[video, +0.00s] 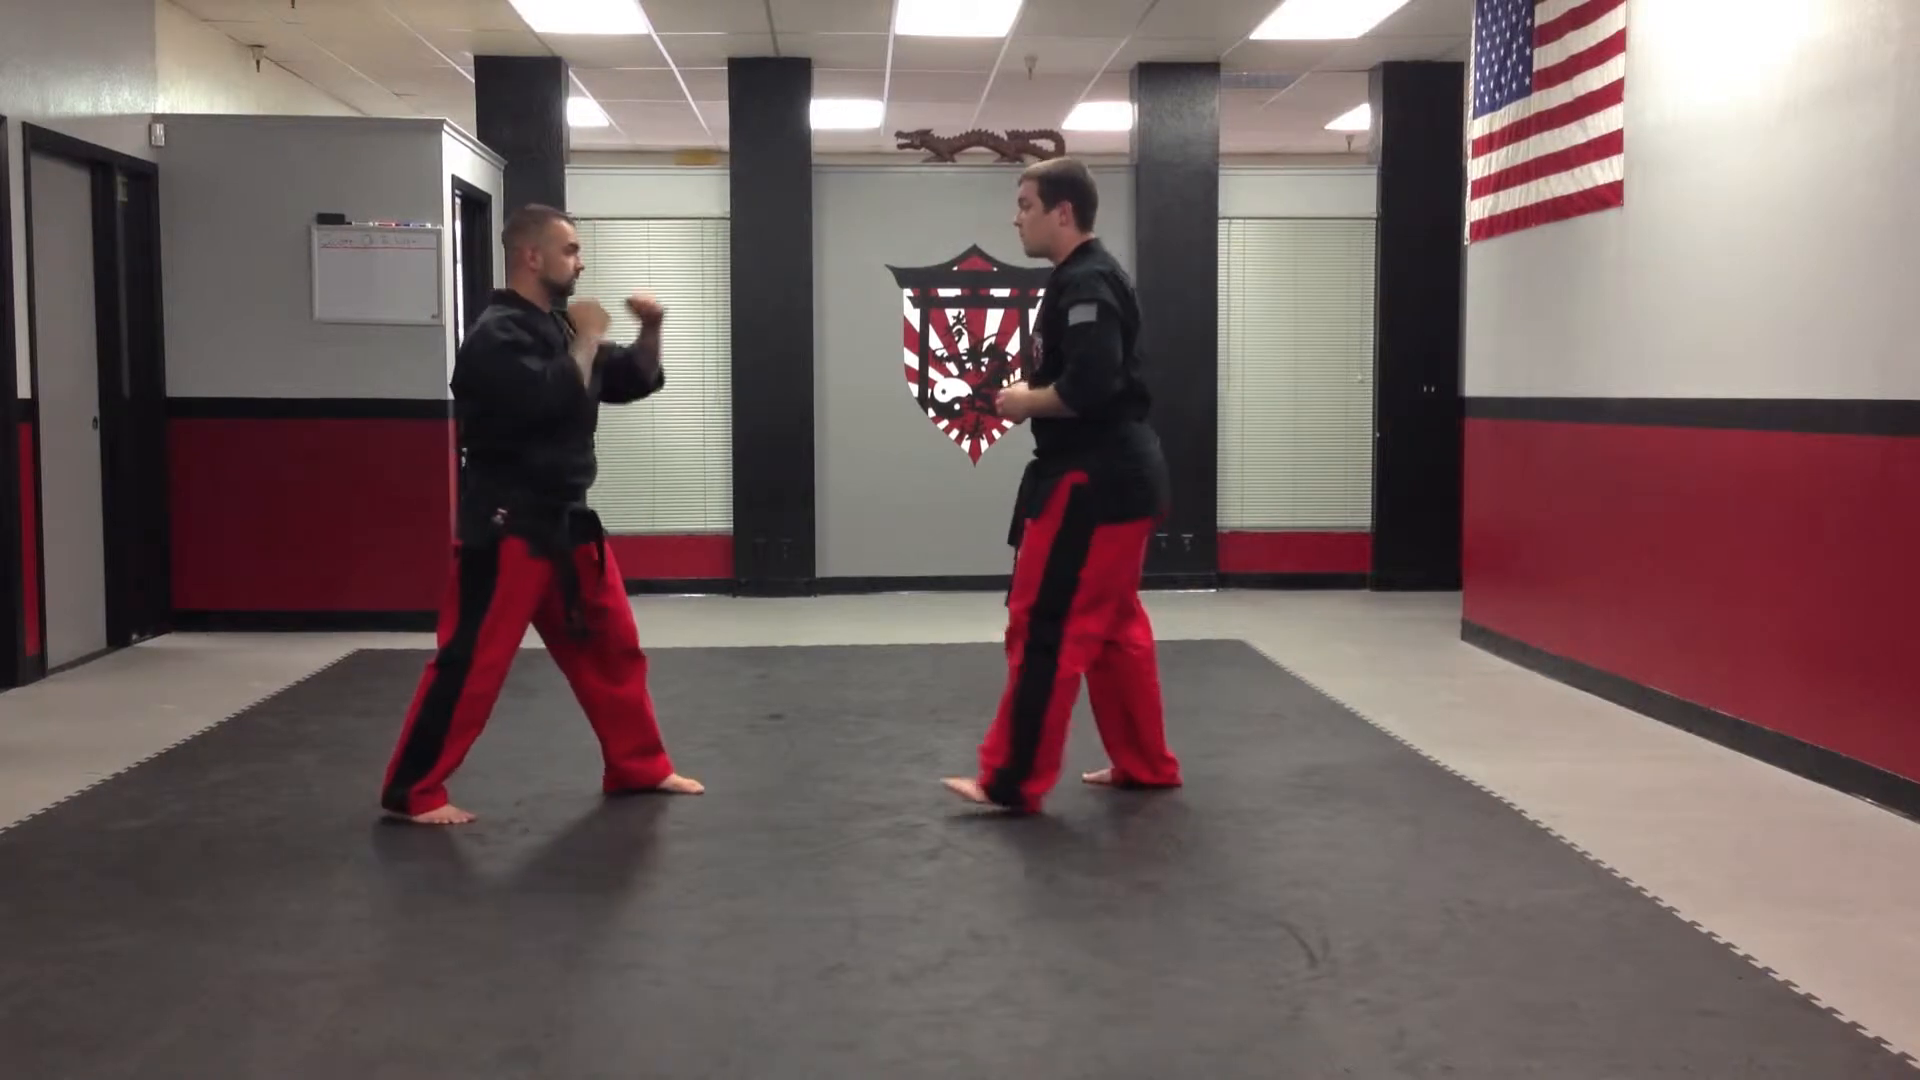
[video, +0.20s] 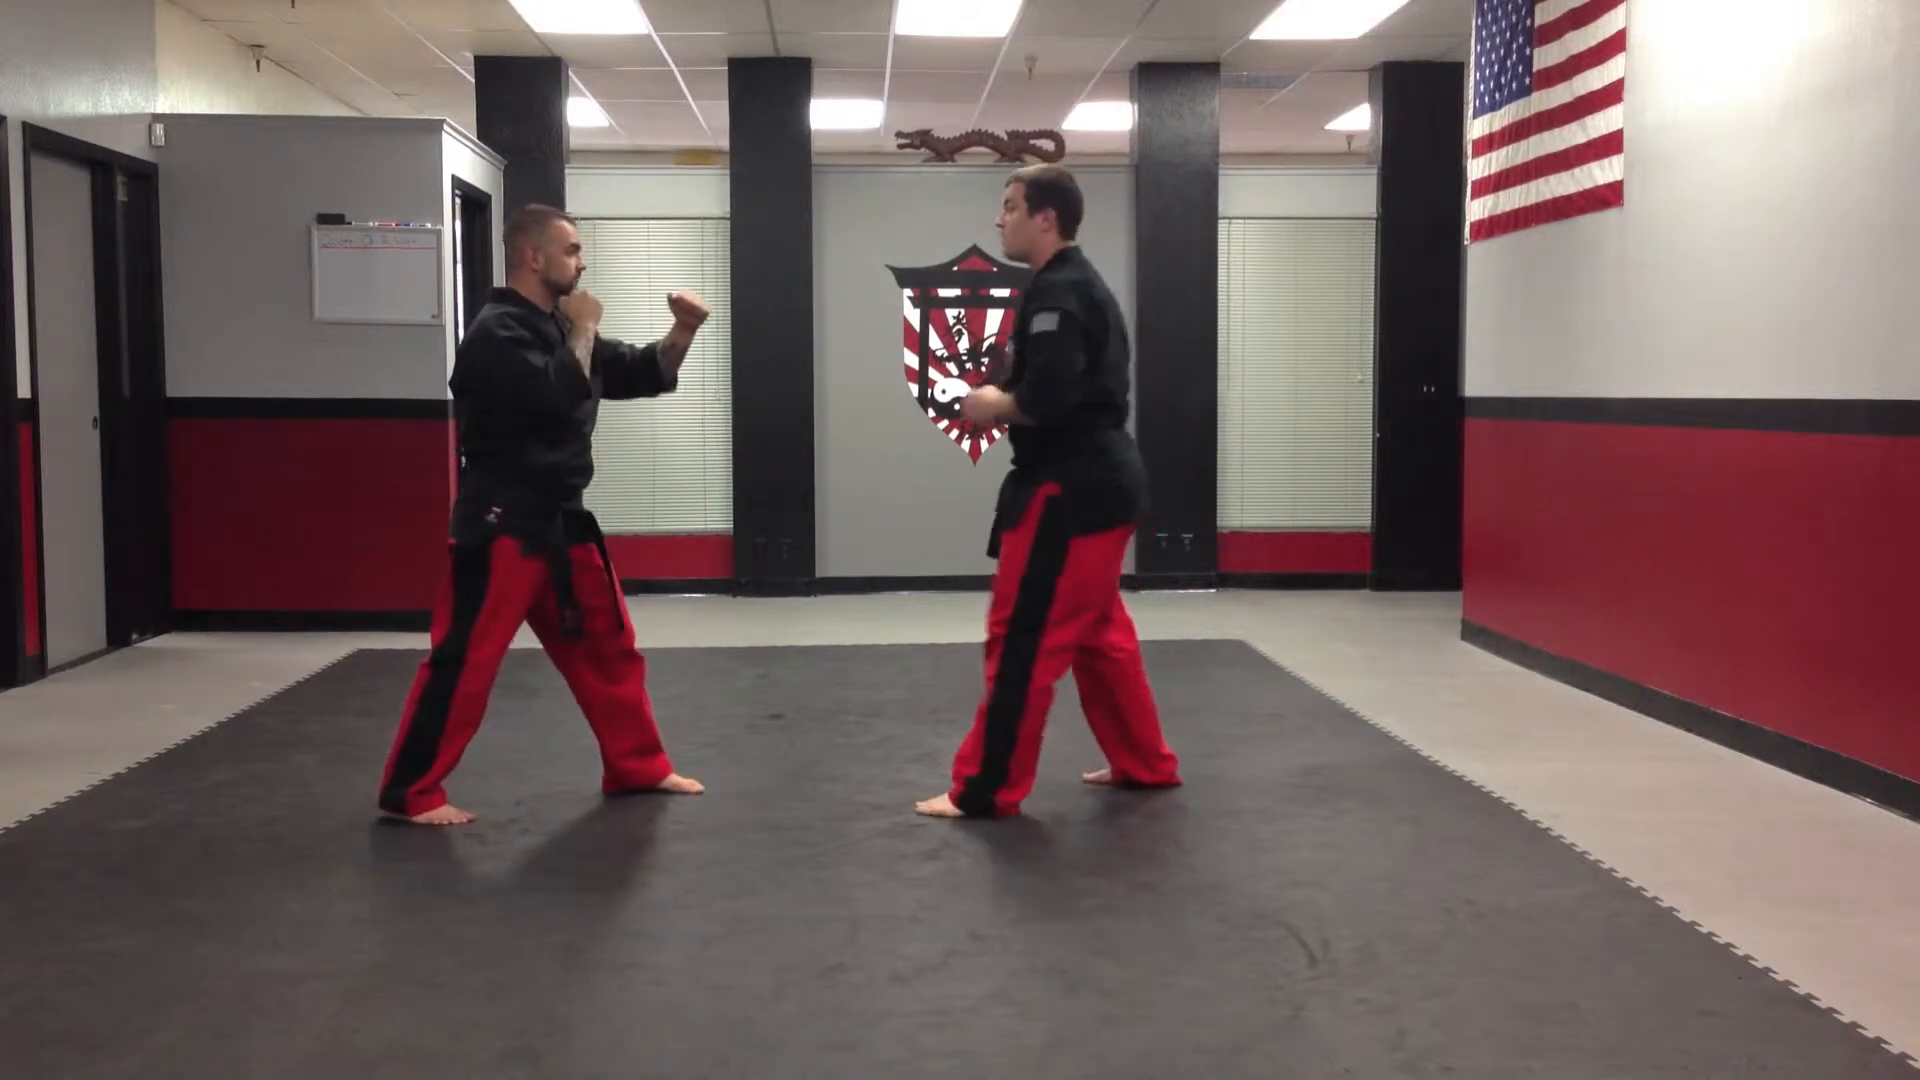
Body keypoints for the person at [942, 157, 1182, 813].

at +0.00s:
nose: (1018, 220)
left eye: (1026, 207)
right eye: (1019, 207)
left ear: (1063, 213)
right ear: (1066, 214)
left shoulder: (1086, 282)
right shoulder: (1082, 275)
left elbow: (1090, 387)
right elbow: (1079, 379)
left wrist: (1023, 401)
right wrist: (1024, 392)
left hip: (1092, 480)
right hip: (1116, 474)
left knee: (1043, 625)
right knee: (1113, 621)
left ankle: (1011, 783)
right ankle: (1145, 761)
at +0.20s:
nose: (999, 220)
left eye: (1010, 209)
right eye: (1003, 208)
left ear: (1046, 220)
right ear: (1052, 221)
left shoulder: (1056, 291)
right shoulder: (1078, 283)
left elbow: (1054, 397)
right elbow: (1069, 389)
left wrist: (997, 405)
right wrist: (998, 401)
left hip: (1067, 493)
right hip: (1100, 487)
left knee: (1019, 638)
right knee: (1097, 629)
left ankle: (986, 790)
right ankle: (1144, 762)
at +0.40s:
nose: (994, 226)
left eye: (1005, 215)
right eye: (998, 214)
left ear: (1042, 226)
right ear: (1050, 228)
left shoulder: (1040, 295)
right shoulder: (1081, 293)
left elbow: (994, 384)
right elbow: (1047, 389)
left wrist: (926, 362)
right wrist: (966, 376)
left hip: (1047, 500)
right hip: (1096, 494)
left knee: (979, 636)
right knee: (1090, 627)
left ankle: (983, 792)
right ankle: (1154, 759)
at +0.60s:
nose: (997, 235)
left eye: (1006, 223)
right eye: (999, 222)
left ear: (1043, 231)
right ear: (1053, 235)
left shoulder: (1036, 303)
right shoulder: (1092, 304)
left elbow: (945, 379)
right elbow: (1062, 399)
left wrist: (863, 372)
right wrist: (991, 409)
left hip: (1041, 504)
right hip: (1094, 498)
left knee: (966, 635)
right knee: (1089, 630)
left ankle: (983, 792)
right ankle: (1154, 760)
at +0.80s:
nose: (997, 236)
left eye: (1005, 223)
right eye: (1000, 223)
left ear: (1039, 231)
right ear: (1059, 234)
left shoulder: (1022, 304)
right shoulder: (1101, 306)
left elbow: (926, 376)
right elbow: (1073, 391)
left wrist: (846, 374)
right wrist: (996, 402)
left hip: (1041, 504)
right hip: (1107, 498)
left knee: (965, 635)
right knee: (1108, 635)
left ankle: (983, 792)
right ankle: (1158, 761)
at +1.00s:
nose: (1019, 239)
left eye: (1025, 227)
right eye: (1021, 226)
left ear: (1057, 233)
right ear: (1083, 237)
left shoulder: (1027, 300)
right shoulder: (1127, 309)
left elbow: (928, 341)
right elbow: (1106, 393)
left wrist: (842, 333)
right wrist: (1011, 397)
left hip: (1051, 503)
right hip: (1126, 500)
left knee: (982, 638)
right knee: (1141, 632)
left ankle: (983, 793)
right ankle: (1213, 761)